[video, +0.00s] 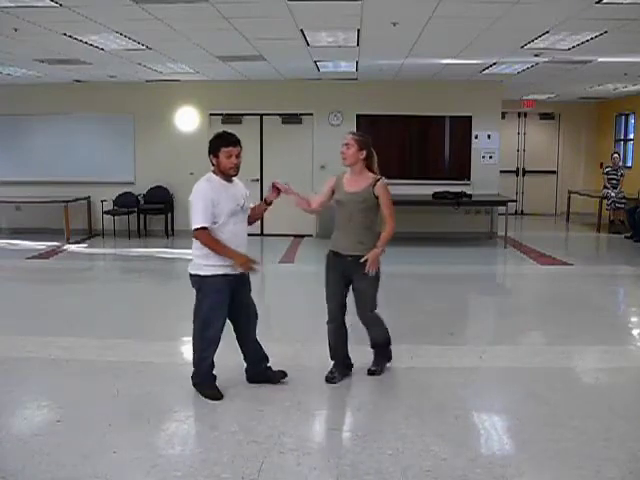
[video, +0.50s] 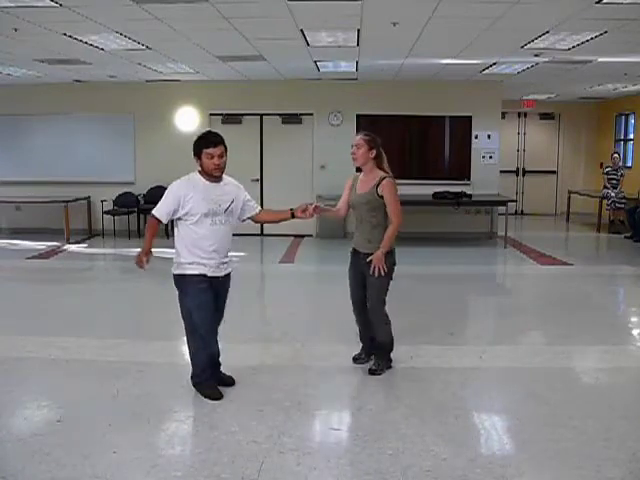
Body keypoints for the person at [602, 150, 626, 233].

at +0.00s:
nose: (615, 160)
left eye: (616, 158)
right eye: (613, 158)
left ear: (619, 160)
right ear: (611, 160)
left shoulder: (621, 170)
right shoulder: (607, 169)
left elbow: (621, 183)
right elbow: (605, 182)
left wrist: (617, 190)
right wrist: (611, 189)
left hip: (617, 188)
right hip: (608, 188)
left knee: (622, 196)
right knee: (611, 196)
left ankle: (621, 217)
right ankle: (611, 217)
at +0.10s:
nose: (615, 160)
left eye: (616, 158)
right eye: (613, 158)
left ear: (619, 160)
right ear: (611, 160)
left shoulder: (621, 170)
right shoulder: (607, 169)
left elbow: (621, 183)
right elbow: (605, 182)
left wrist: (617, 190)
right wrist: (611, 189)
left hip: (617, 188)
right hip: (608, 188)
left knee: (622, 196)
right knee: (611, 196)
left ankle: (620, 217)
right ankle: (611, 217)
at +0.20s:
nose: (615, 160)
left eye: (616, 158)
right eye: (613, 158)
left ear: (619, 160)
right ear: (611, 160)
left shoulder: (621, 170)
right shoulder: (607, 169)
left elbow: (621, 183)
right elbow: (605, 182)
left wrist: (617, 190)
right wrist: (611, 189)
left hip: (617, 188)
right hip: (608, 188)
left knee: (622, 196)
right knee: (611, 196)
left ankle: (620, 217)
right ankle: (611, 217)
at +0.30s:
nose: (615, 160)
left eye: (616, 158)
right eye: (613, 158)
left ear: (619, 160)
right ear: (611, 160)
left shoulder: (621, 170)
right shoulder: (607, 169)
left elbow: (621, 183)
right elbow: (605, 182)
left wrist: (617, 190)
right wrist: (611, 189)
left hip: (617, 188)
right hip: (608, 188)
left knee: (622, 196)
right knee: (612, 196)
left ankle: (621, 218)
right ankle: (612, 218)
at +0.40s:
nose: (615, 160)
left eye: (616, 158)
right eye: (613, 158)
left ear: (619, 160)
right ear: (611, 160)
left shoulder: (621, 170)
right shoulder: (607, 169)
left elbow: (621, 183)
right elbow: (605, 182)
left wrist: (617, 190)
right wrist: (611, 189)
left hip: (617, 188)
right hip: (608, 188)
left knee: (622, 196)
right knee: (612, 196)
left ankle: (621, 218)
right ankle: (612, 218)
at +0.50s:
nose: (615, 160)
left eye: (616, 158)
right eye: (613, 158)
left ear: (619, 160)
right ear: (611, 160)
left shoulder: (621, 170)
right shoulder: (607, 169)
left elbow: (621, 183)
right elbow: (605, 182)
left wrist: (617, 190)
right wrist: (611, 189)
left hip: (617, 188)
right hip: (608, 188)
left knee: (622, 196)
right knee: (612, 196)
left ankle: (621, 218)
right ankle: (612, 218)